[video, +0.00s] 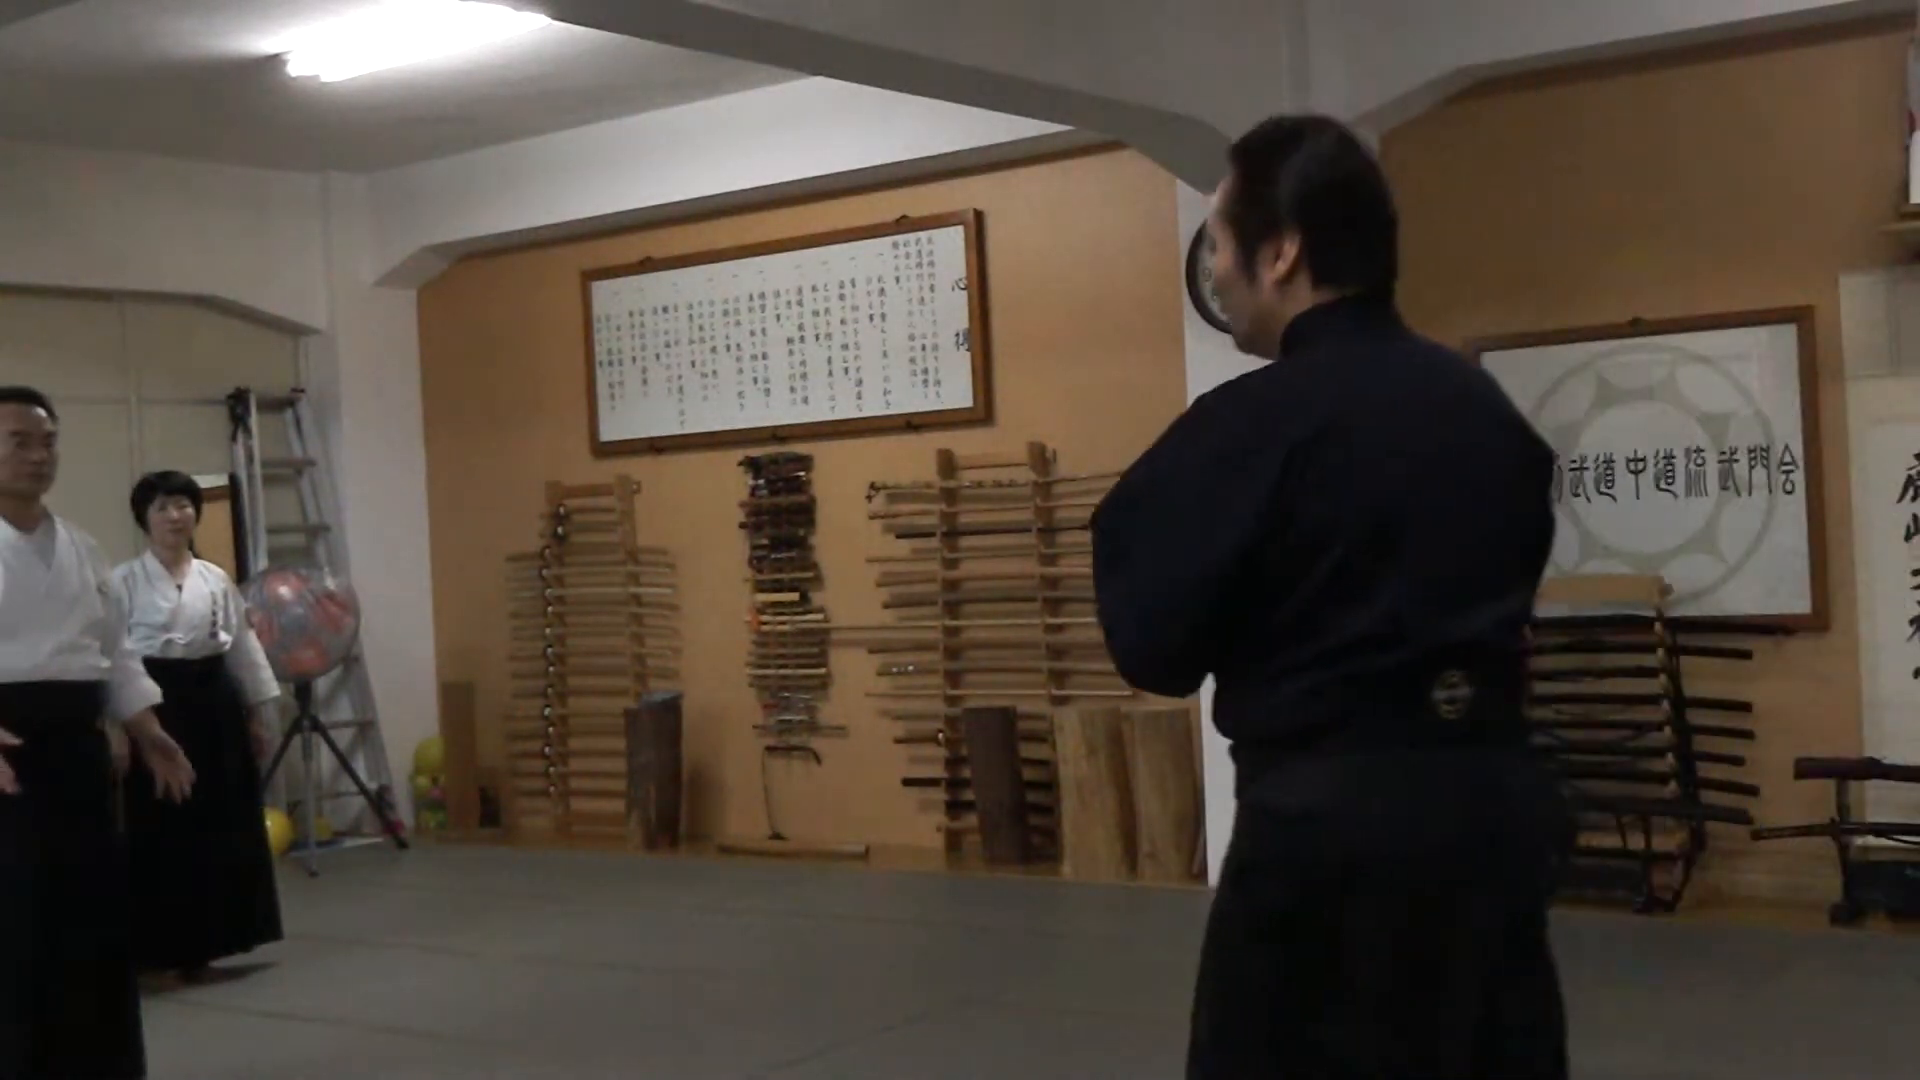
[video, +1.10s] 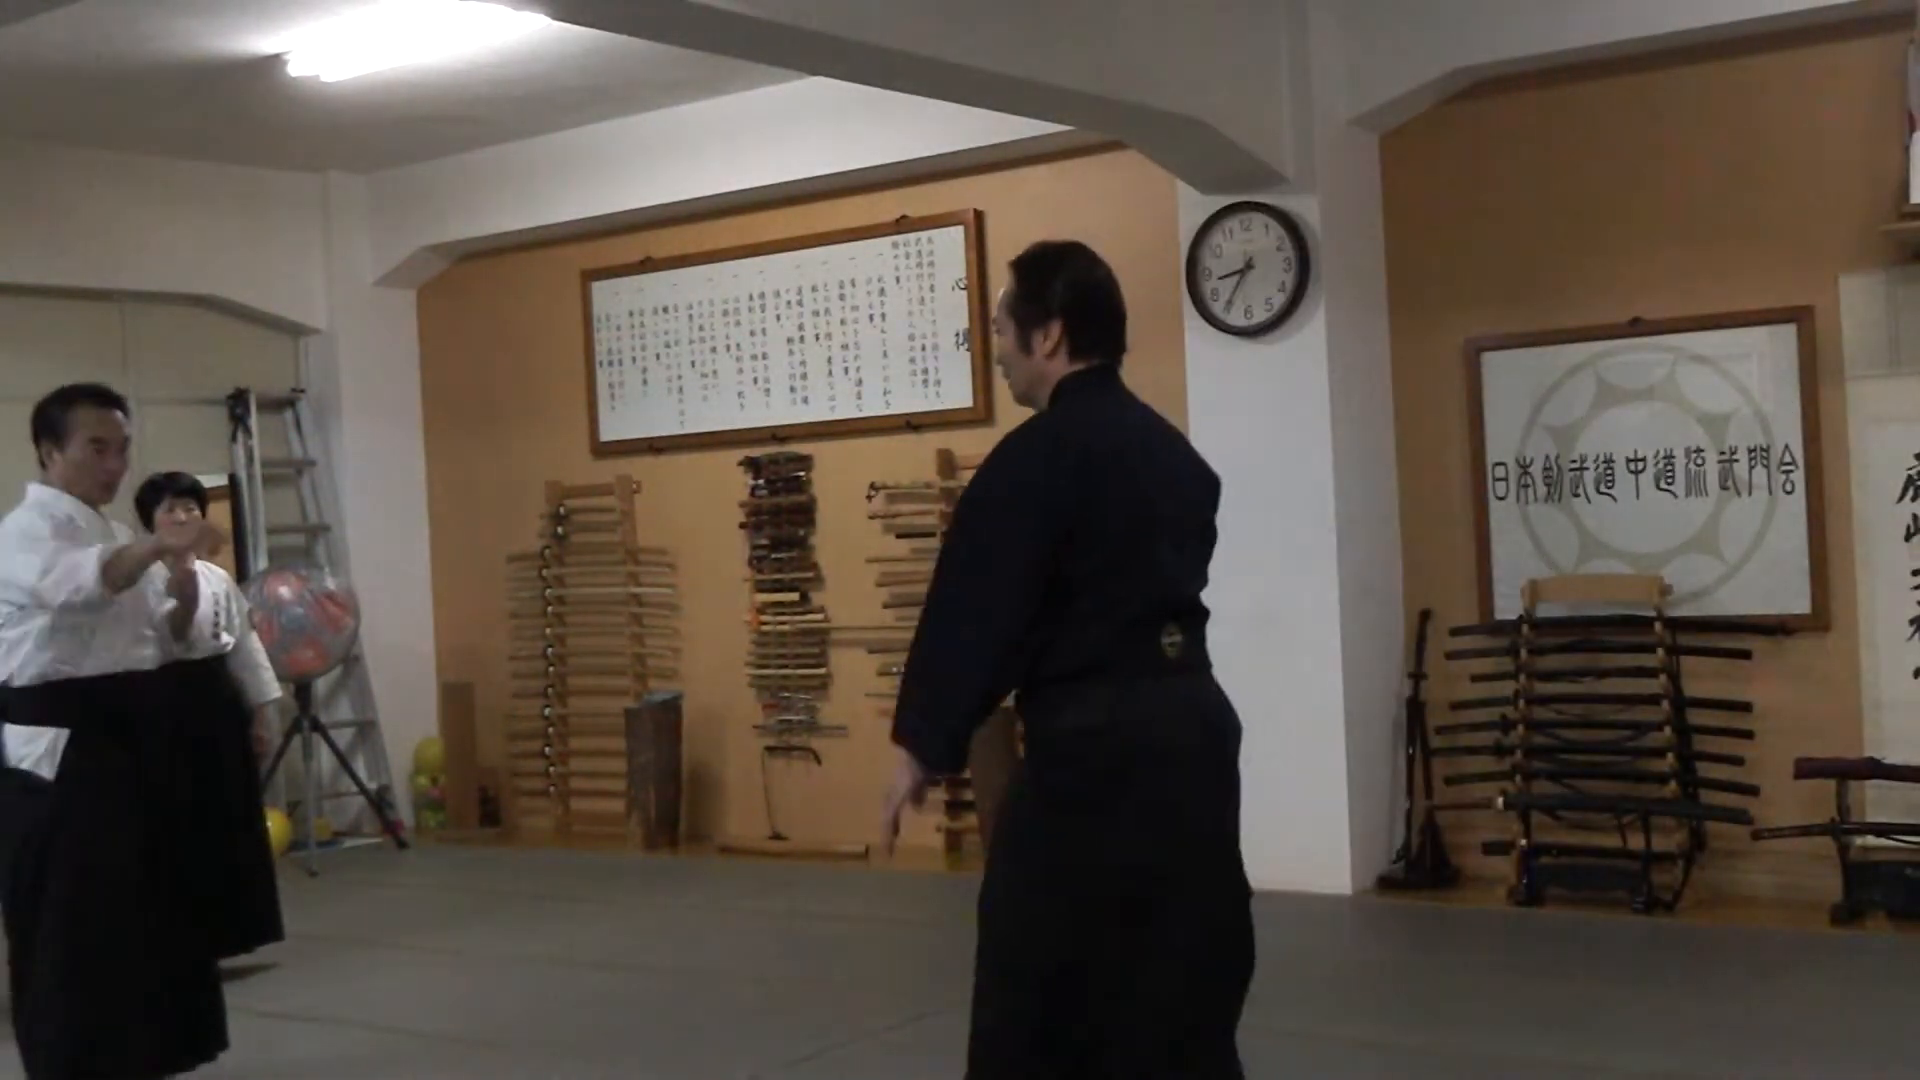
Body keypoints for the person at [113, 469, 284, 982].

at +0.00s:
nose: (175, 515)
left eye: (183, 506)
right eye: (163, 507)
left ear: (197, 515)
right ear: (144, 519)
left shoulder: (216, 580)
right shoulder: (124, 581)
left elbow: (243, 646)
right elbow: (112, 658)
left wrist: (262, 713)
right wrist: (121, 729)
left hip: (211, 702)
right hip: (153, 706)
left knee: (213, 818)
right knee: (159, 822)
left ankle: (203, 946)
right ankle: (162, 949)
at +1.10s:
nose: (183, 516)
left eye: (191, 508)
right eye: (170, 509)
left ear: (204, 518)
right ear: (148, 522)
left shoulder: (217, 579)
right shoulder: (141, 581)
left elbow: (243, 643)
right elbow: (136, 656)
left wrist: (263, 707)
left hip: (217, 704)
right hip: (160, 711)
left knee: (226, 816)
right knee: (174, 826)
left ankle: (230, 930)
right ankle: (184, 936)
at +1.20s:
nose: (182, 522)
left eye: (191, 512)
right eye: (169, 514)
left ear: (203, 519)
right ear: (147, 522)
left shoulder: (216, 579)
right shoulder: (135, 583)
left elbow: (243, 645)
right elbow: (135, 651)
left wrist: (263, 708)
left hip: (215, 698)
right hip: (158, 702)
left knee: (222, 812)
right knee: (167, 819)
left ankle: (225, 929)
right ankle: (172, 933)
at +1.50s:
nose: (186, 522)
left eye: (195, 512)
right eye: (173, 513)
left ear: (207, 519)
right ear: (148, 523)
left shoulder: (219, 580)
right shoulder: (137, 583)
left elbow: (245, 644)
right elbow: (131, 654)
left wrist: (265, 707)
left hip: (218, 700)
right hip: (160, 704)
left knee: (224, 814)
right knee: (169, 821)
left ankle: (222, 934)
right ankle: (176, 938)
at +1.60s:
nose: (187, 521)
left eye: (195, 511)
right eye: (174, 513)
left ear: (208, 519)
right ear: (149, 523)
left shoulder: (221, 580)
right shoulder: (139, 583)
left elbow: (246, 645)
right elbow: (133, 655)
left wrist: (265, 710)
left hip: (220, 699)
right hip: (162, 704)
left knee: (226, 814)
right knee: (174, 821)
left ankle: (229, 932)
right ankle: (181, 938)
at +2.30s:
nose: (197, 517)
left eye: (203, 508)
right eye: (184, 509)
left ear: (215, 518)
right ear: (159, 521)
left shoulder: (222, 578)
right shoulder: (148, 575)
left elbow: (249, 643)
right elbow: (137, 652)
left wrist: (269, 708)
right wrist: (141, 720)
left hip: (225, 701)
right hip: (170, 703)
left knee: (231, 814)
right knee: (180, 819)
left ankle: (232, 932)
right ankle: (187, 938)